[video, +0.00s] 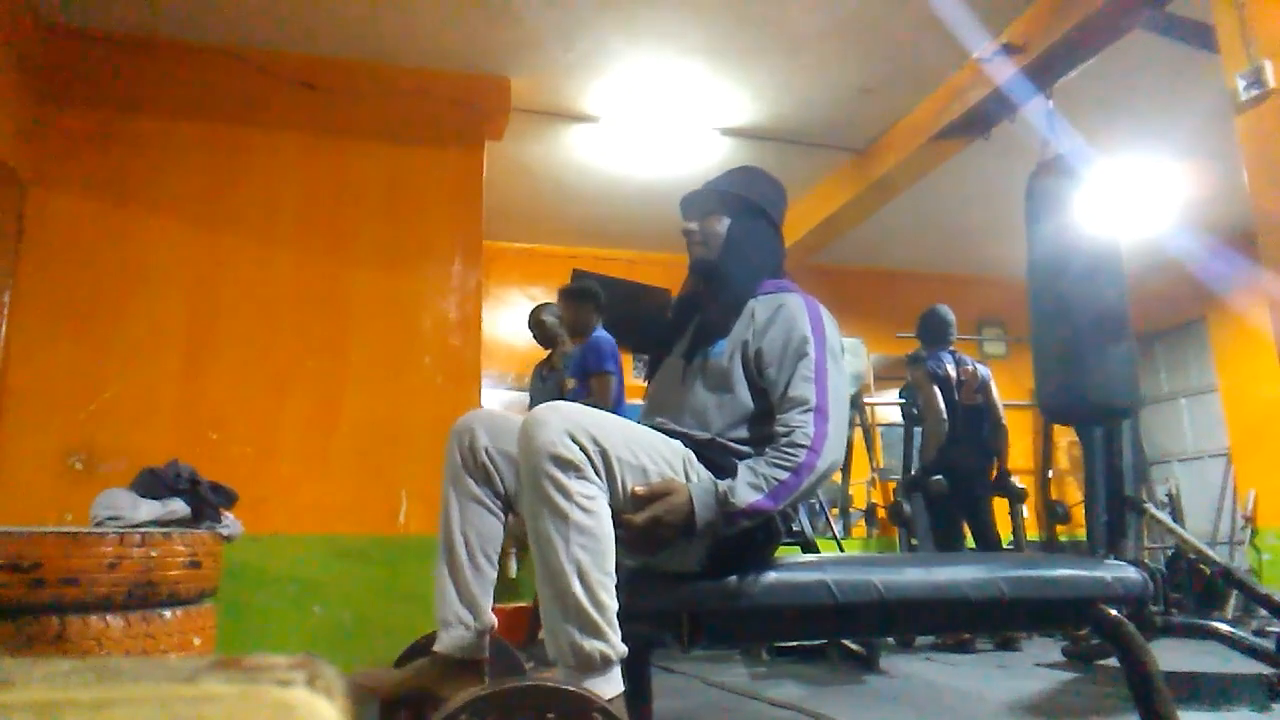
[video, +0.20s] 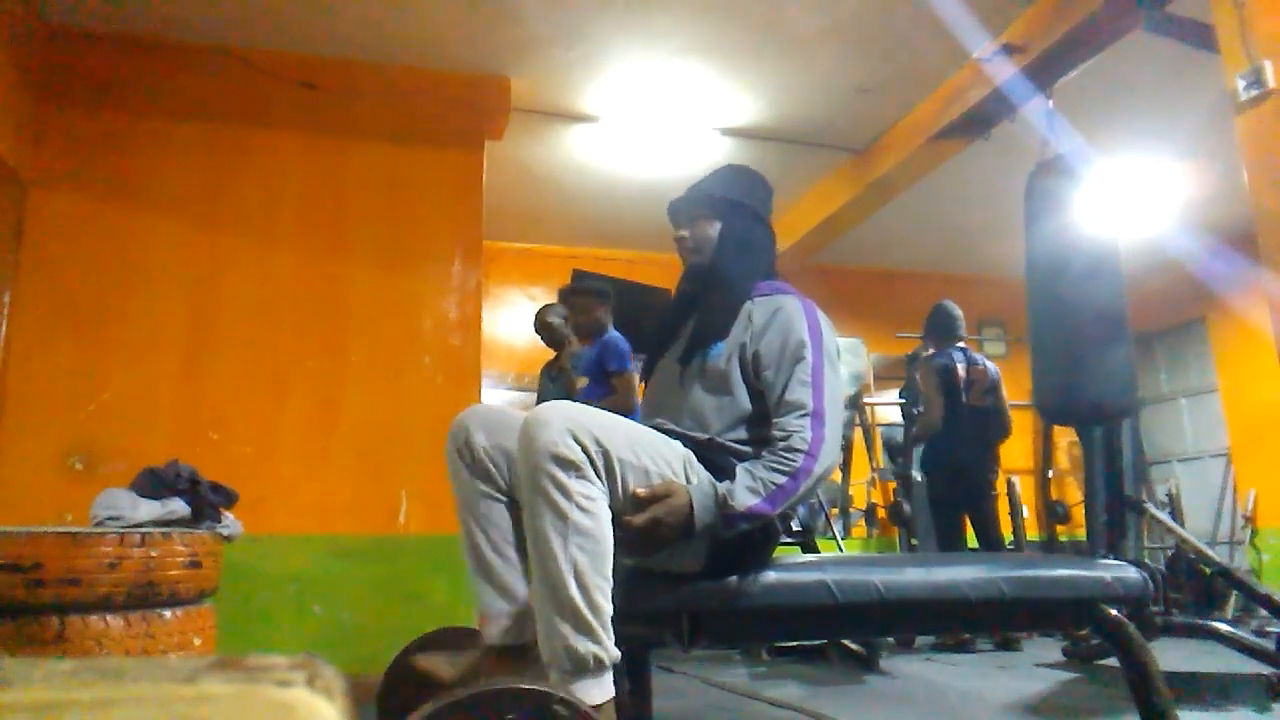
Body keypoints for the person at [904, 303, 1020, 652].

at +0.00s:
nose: (919, 340)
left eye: (920, 334)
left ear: (922, 335)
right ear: (954, 335)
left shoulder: (922, 368)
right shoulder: (979, 369)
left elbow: (937, 419)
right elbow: (999, 423)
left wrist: (925, 467)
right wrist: (1003, 470)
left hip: (944, 473)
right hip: (977, 471)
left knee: (949, 548)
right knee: (990, 544)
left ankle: (958, 629)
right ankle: (1008, 626)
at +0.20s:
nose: (927, 340)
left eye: (927, 334)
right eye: (931, 335)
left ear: (931, 333)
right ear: (963, 331)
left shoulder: (931, 365)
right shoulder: (988, 367)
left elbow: (933, 420)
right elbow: (1005, 424)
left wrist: (912, 438)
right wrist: (981, 443)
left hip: (944, 468)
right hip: (981, 467)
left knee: (949, 547)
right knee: (993, 543)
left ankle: (956, 628)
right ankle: (1008, 625)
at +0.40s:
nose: (927, 345)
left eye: (927, 339)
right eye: (928, 340)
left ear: (932, 336)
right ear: (960, 331)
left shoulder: (937, 364)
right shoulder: (991, 364)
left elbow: (922, 417)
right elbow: (1001, 422)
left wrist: (906, 404)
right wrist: (970, 418)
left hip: (947, 468)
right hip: (983, 466)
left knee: (950, 546)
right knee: (994, 542)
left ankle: (956, 628)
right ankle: (1009, 626)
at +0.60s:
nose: (922, 346)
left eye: (921, 340)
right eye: (924, 341)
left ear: (926, 338)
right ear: (953, 334)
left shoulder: (932, 365)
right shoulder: (985, 365)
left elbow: (915, 417)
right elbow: (992, 416)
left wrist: (907, 390)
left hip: (945, 467)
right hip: (982, 465)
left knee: (950, 545)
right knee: (992, 540)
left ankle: (957, 627)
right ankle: (1007, 626)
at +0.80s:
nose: (926, 343)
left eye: (926, 336)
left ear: (928, 334)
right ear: (960, 330)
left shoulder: (933, 365)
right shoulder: (989, 365)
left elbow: (922, 418)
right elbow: (999, 422)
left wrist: (910, 394)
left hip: (944, 467)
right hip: (981, 467)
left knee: (950, 547)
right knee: (993, 544)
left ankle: (956, 630)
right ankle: (1006, 628)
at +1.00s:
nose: (928, 337)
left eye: (929, 330)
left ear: (930, 330)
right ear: (963, 329)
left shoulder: (933, 363)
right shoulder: (988, 364)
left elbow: (935, 420)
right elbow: (1005, 423)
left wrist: (905, 433)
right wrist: (972, 424)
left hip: (948, 465)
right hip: (984, 465)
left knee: (951, 544)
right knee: (994, 541)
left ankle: (957, 627)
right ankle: (1008, 626)